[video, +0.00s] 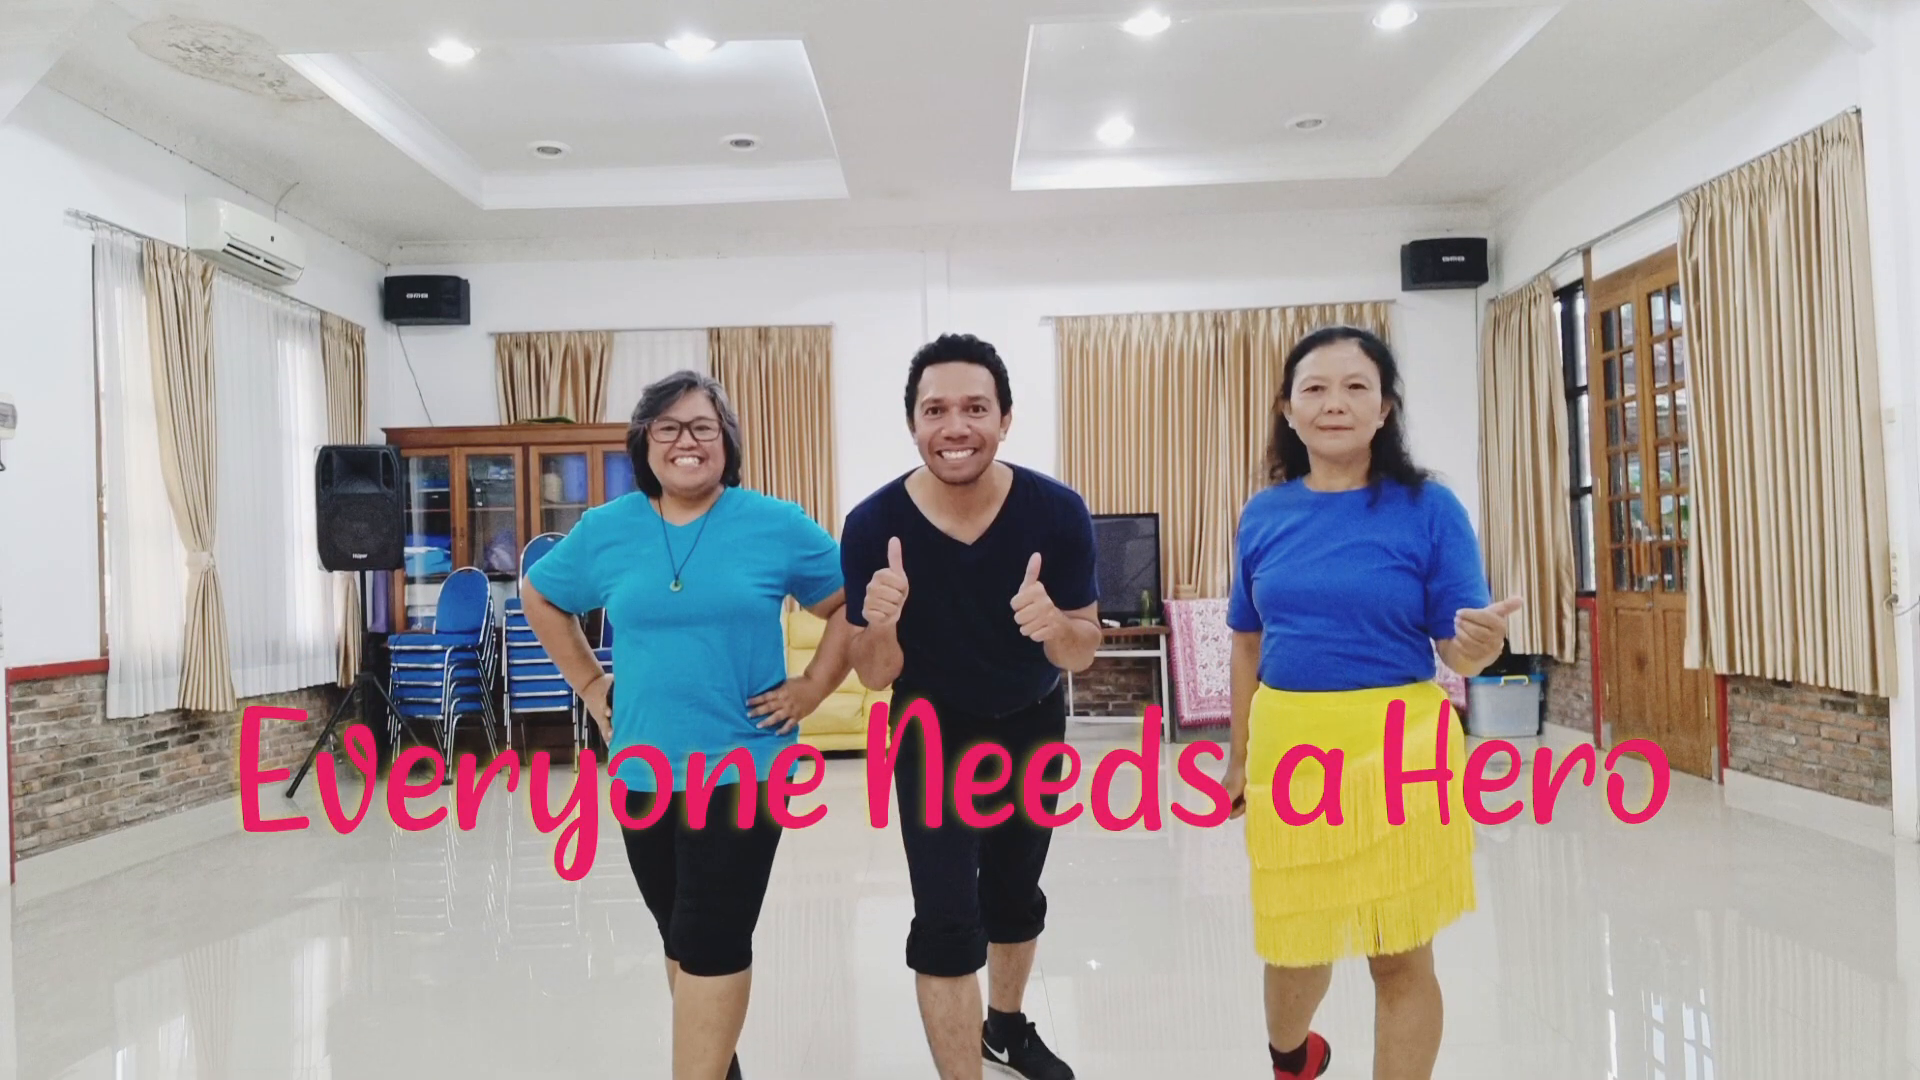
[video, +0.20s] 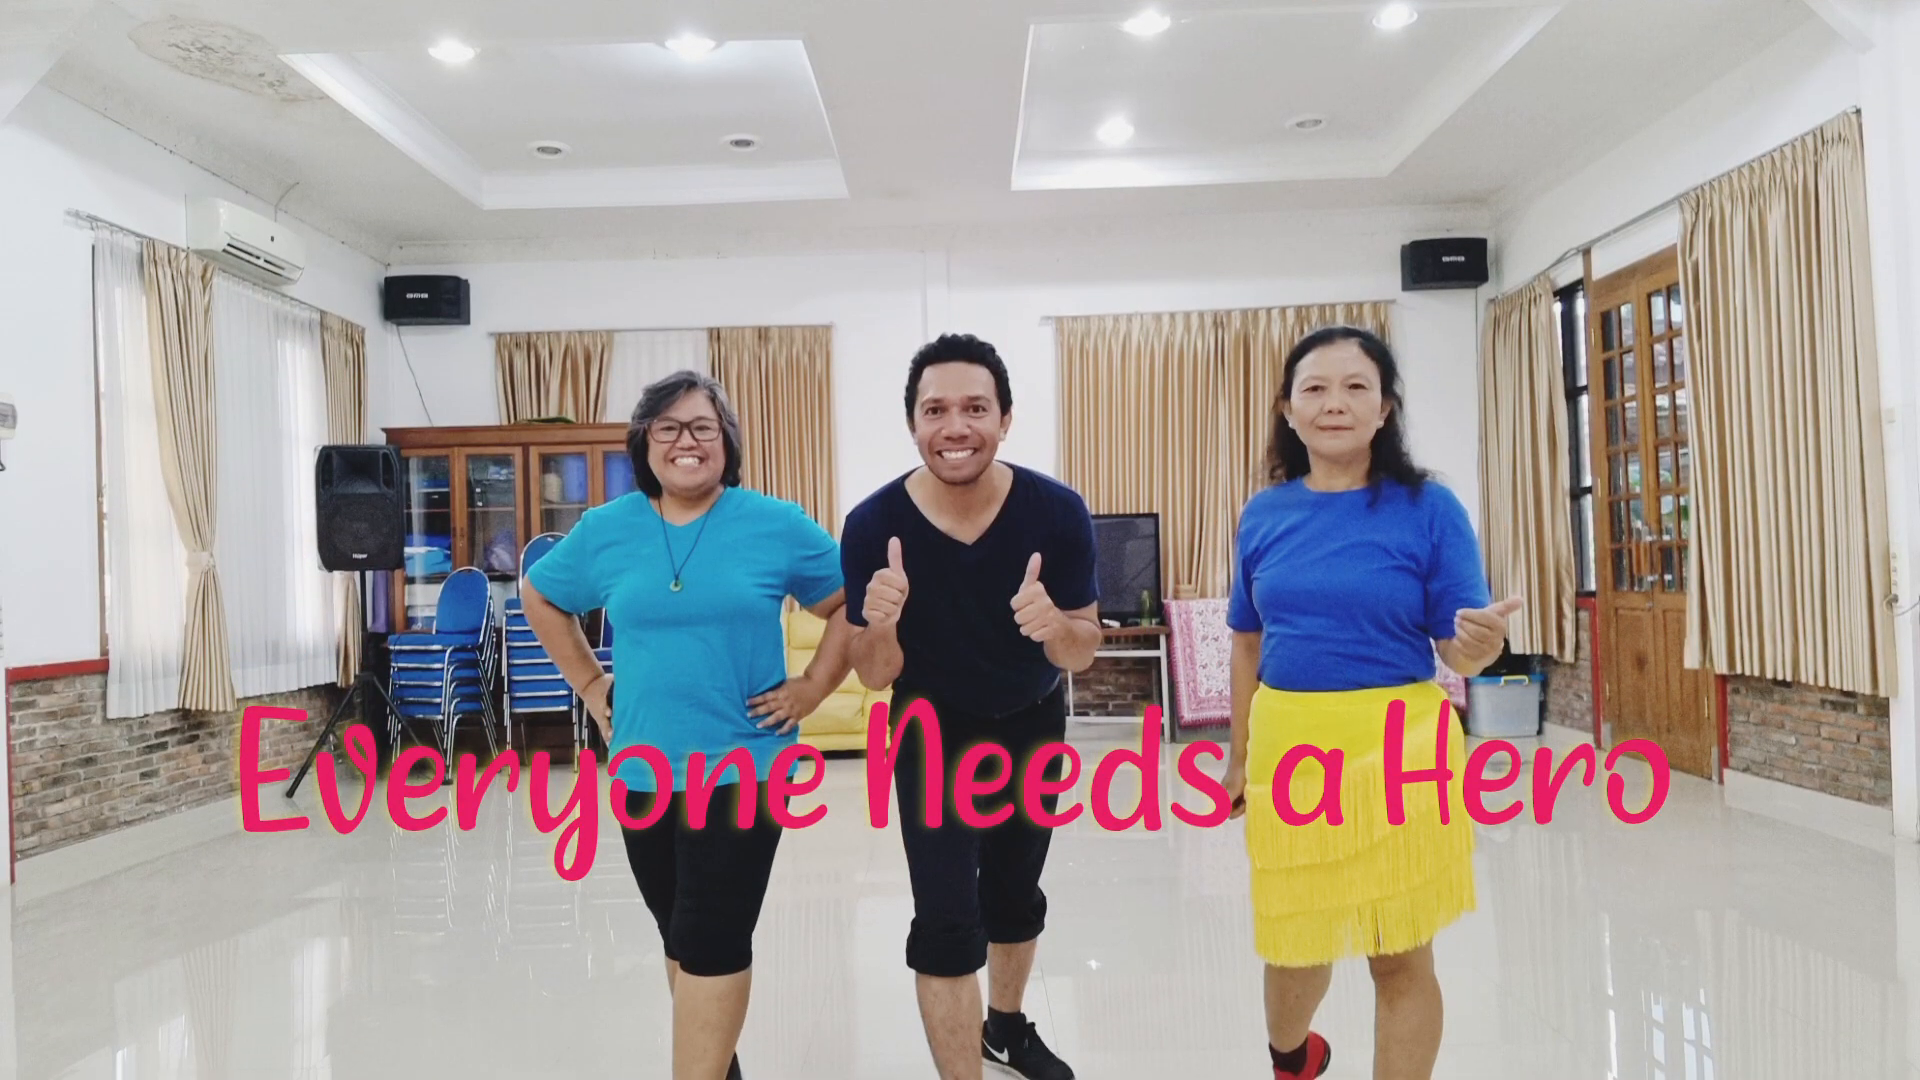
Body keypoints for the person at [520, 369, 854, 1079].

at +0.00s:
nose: (687, 441)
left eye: (703, 428)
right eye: (670, 429)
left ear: (727, 443)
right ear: (644, 446)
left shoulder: (778, 527)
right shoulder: (605, 530)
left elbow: (854, 606)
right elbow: (538, 594)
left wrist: (813, 686)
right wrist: (591, 683)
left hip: (746, 773)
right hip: (643, 776)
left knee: (708, 947)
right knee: (683, 946)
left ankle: (696, 1079)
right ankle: (722, 1071)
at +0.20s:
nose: (687, 441)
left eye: (703, 428)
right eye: (670, 429)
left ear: (727, 443)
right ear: (644, 446)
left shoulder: (778, 527)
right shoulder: (605, 530)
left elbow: (854, 606)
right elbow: (538, 594)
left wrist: (813, 686)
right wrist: (591, 683)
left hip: (746, 773)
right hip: (643, 776)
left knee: (708, 947)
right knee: (683, 946)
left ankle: (696, 1079)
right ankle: (722, 1071)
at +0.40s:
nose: (687, 441)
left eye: (703, 428)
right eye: (670, 429)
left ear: (727, 443)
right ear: (644, 446)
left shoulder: (778, 527)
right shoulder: (605, 530)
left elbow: (854, 606)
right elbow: (538, 594)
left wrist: (813, 686)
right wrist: (591, 683)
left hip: (746, 773)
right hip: (643, 776)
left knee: (708, 947)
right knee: (683, 946)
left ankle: (696, 1079)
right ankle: (722, 1070)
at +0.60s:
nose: (687, 441)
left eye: (703, 428)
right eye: (670, 429)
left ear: (727, 443)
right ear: (644, 446)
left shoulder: (778, 527)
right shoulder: (605, 530)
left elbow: (854, 606)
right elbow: (538, 593)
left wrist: (813, 686)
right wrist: (591, 682)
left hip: (746, 773)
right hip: (643, 776)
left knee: (708, 947)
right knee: (683, 946)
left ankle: (696, 1079)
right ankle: (722, 1070)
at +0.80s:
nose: (687, 441)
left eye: (703, 428)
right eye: (670, 429)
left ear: (727, 443)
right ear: (644, 446)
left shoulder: (779, 527)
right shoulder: (605, 530)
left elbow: (854, 605)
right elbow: (537, 594)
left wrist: (813, 685)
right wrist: (590, 682)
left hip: (746, 773)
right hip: (643, 775)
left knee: (708, 947)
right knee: (683, 945)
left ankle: (696, 1079)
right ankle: (722, 1070)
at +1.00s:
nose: (687, 441)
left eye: (703, 428)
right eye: (670, 429)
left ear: (727, 443)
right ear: (644, 446)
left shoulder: (778, 527)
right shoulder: (605, 530)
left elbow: (854, 606)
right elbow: (537, 594)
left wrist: (813, 686)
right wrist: (591, 682)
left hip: (746, 773)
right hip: (643, 775)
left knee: (709, 947)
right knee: (683, 945)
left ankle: (696, 1079)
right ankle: (722, 1070)